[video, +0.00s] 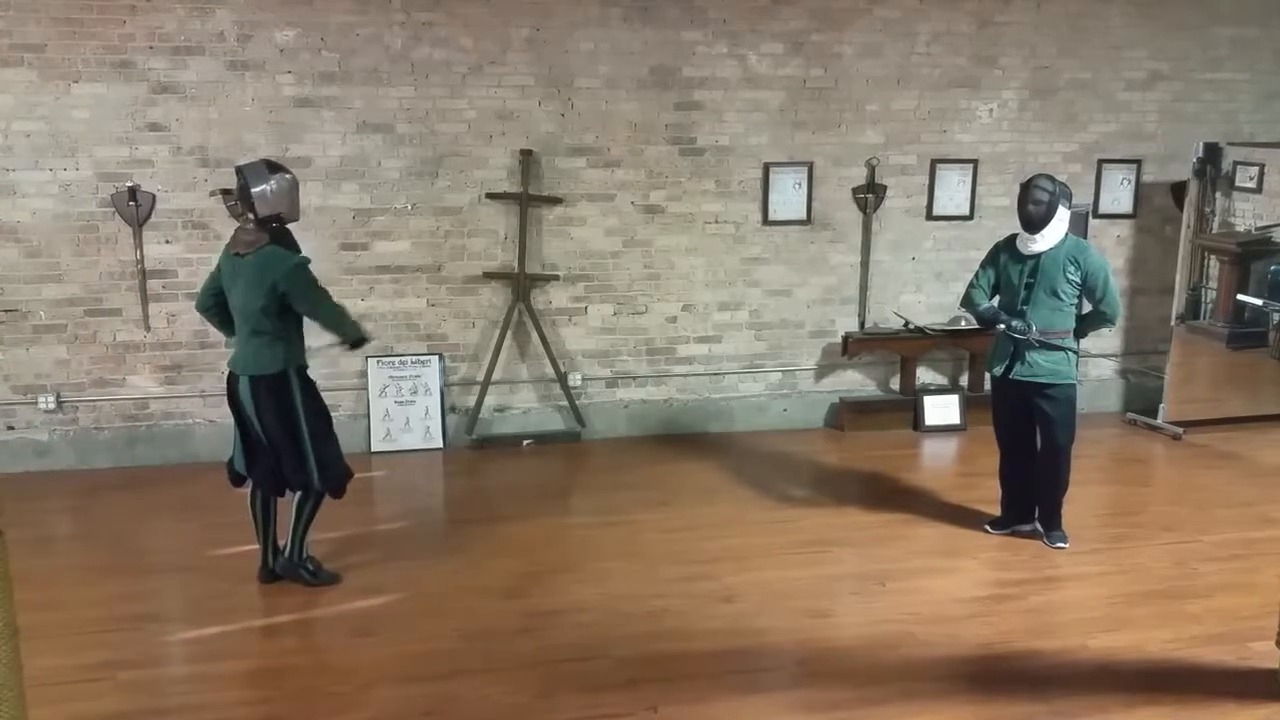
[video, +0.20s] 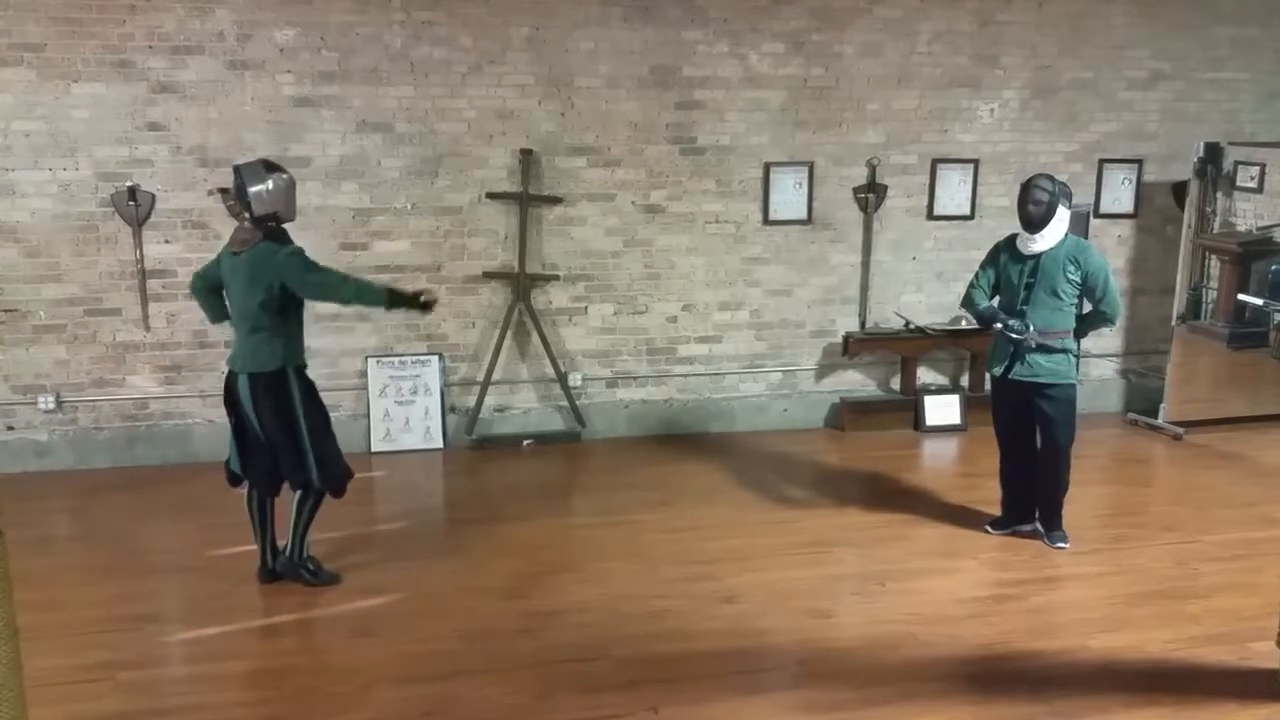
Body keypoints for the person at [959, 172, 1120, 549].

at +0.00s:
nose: (1028, 209)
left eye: (1037, 202)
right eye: (1024, 201)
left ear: (1058, 206)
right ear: (1019, 202)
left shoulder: (1081, 254)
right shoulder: (1005, 250)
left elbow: (1108, 311)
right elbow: (973, 297)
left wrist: (1071, 331)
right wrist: (1001, 319)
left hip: (1053, 372)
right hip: (1007, 370)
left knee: (1054, 453)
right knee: (1013, 449)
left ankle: (1051, 523)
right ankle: (1016, 516)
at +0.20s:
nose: (1028, 209)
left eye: (1037, 203)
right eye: (1025, 202)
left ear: (1058, 207)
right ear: (1019, 203)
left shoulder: (1081, 254)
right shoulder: (1005, 250)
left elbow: (1109, 311)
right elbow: (973, 297)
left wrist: (1073, 330)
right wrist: (1001, 320)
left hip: (1054, 371)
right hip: (1007, 369)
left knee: (1055, 453)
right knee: (1013, 449)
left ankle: (1052, 522)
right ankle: (1017, 515)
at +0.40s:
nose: (1027, 210)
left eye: (1035, 203)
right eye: (1023, 202)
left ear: (1056, 207)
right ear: (1017, 203)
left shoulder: (1080, 254)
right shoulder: (1005, 249)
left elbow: (1108, 310)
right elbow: (963, 294)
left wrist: (1073, 329)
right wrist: (998, 316)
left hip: (1050, 372)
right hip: (1005, 369)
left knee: (1049, 452)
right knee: (1011, 449)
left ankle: (1049, 523)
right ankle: (1015, 515)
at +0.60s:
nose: (1027, 211)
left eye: (1035, 204)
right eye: (1023, 203)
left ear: (1056, 207)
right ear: (1018, 204)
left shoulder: (1078, 254)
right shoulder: (1008, 249)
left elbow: (1106, 313)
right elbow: (962, 265)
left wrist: (1072, 331)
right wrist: (922, 264)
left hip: (1048, 365)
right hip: (1004, 362)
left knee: (1048, 450)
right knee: (1009, 446)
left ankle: (1048, 522)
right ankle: (1013, 515)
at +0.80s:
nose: (1029, 212)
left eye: (1038, 206)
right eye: (1025, 205)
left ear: (1058, 210)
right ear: (1019, 205)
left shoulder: (1078, 256)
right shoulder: (1004, 247)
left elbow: (1104, 314)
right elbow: (954, 246)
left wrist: (1068, 331)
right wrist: (904, 232)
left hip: (1048, 365)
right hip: (1003, 361)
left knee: (1048, 450)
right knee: (1009, 446)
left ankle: (1047, 521)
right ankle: (1013, 514)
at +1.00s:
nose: (1030, 213)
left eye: (1040, 207)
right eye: (1027, 205)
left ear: (1060, 210)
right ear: (1021, 206)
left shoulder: (1078, 256)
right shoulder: (1005, 247)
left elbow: (1105, 315)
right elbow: (954, 243)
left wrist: (1069, 331)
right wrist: (899, 230)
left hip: (1048, 365)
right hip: (1002, 361)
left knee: (1048, 449)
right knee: (1008, 445)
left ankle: (1046, 520)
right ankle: (1013, 513)